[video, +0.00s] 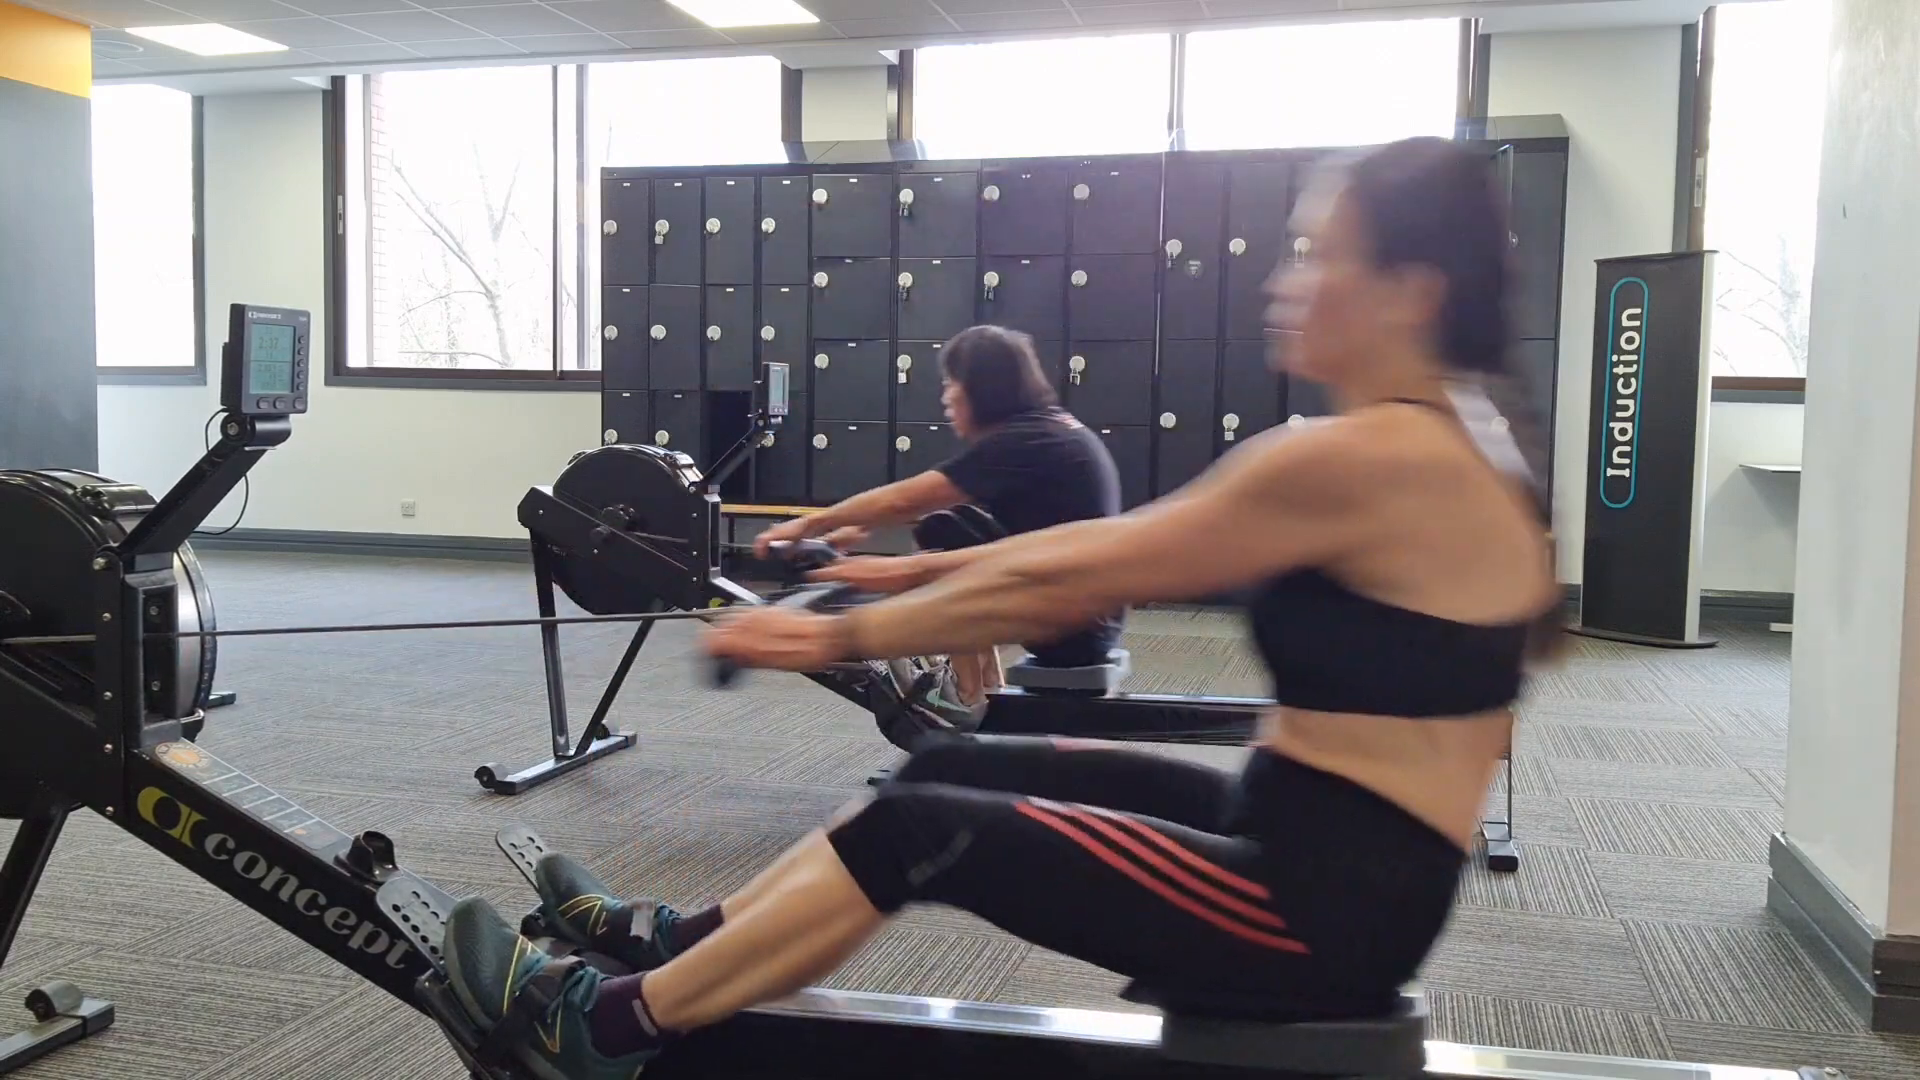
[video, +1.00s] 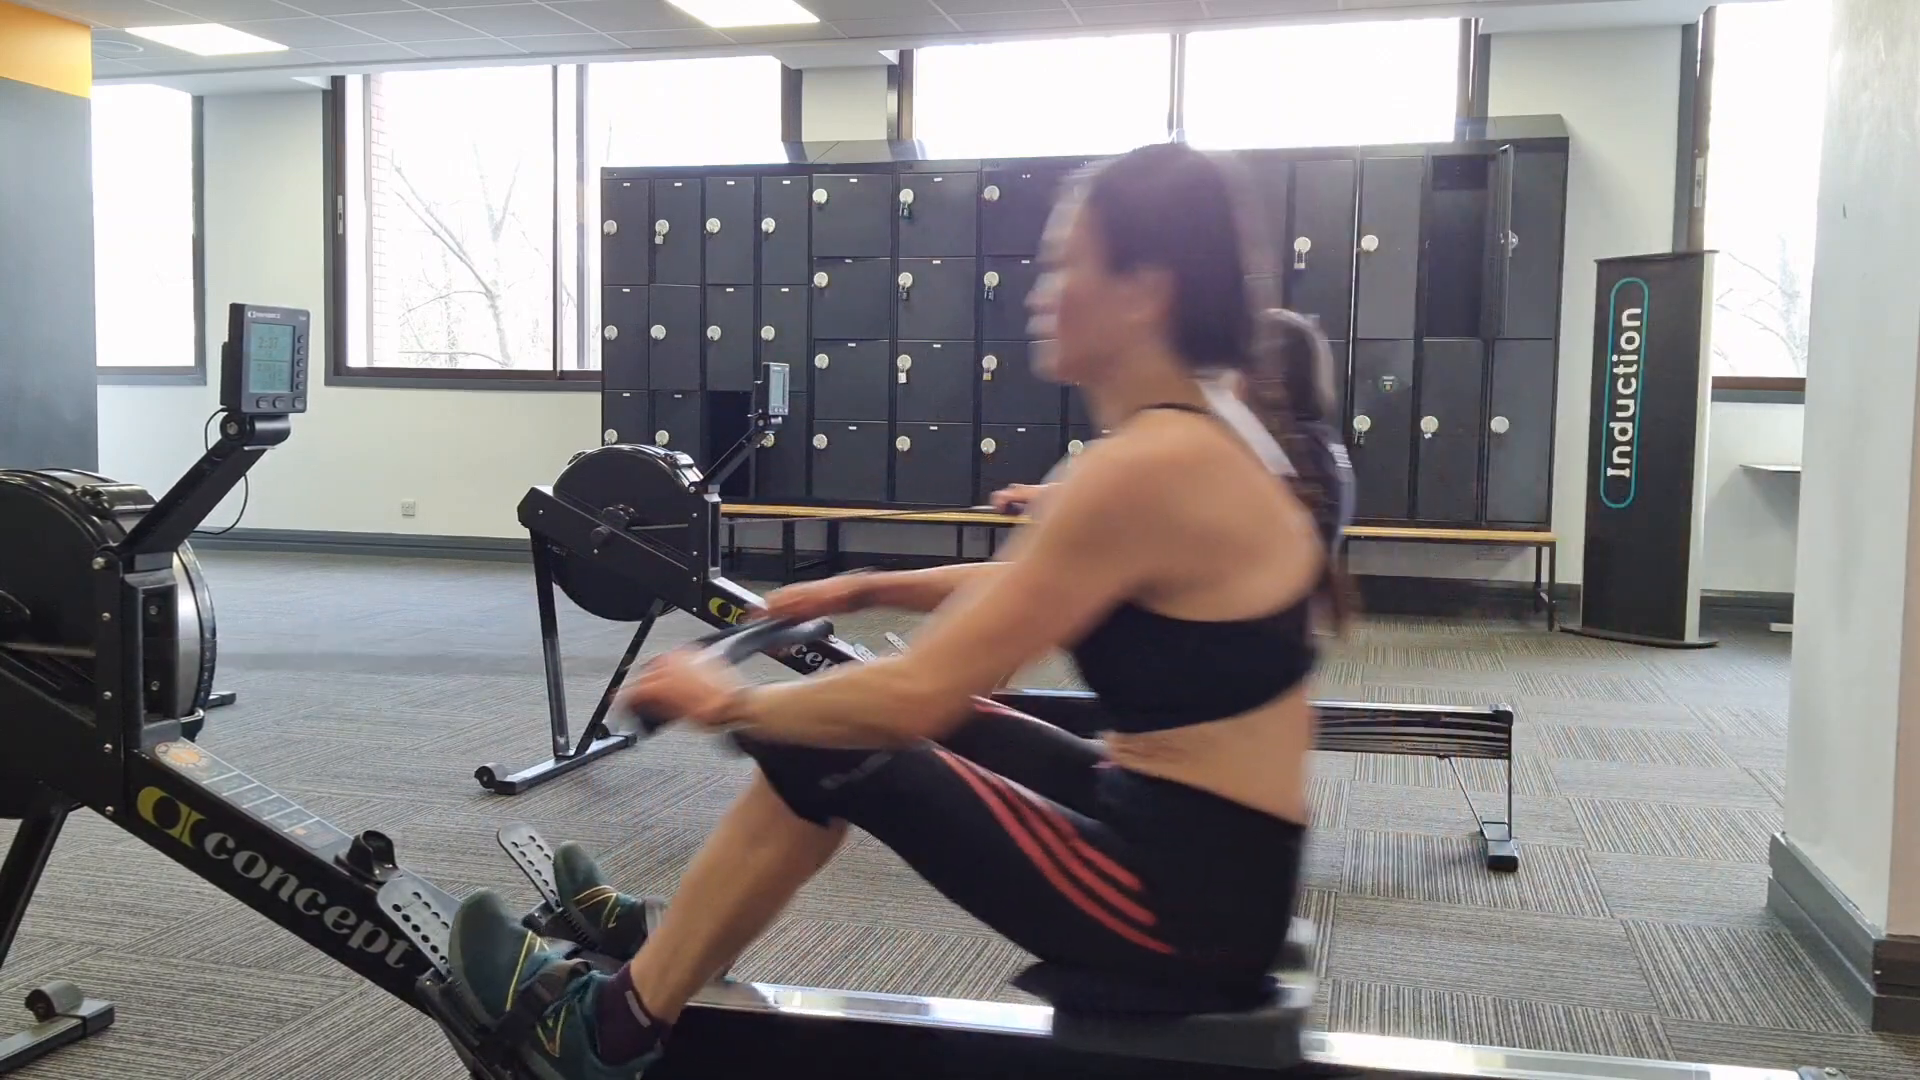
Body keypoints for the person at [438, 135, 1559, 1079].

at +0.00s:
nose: (1284, 284)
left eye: (1321, 256)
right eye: (1294, 254)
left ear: (1417, 293)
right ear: (1401, 296)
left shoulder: (1357, 460)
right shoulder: (1436, 438)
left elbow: (1061, 579)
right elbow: (1087, 561)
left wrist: (831, 633)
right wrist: (878, 622)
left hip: (1316, 897)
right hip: (1311, 816)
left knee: (930, 813)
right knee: (957, 762)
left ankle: (622, 1025)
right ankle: (683, 957)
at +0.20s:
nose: (1480, 349)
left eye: (1509, 321)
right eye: (1486, 319)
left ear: (1617, 338)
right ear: (1591, 340)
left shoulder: (1607, 515)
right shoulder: (1549, 491)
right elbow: (1350, 636)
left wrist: (1087, 703)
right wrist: (1154, 599)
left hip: (1382, 900)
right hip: (1330, 829)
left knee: (974, 876)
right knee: (975, 839)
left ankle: (615, 1030)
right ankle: (668, 951)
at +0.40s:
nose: (1477, 355)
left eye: (1505, 321)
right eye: (1481, 321)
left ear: (1614, 331)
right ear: (1572, 326)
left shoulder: (1638, 539)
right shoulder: (1561, 499)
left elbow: (1644, 859)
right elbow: (1523, 766)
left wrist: (1379, 851)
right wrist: (1364, 713)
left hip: (1381, 933)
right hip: (1338, 854)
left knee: (962, 866)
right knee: (971, 820)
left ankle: (621, 1027)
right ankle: (693, 959)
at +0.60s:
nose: (1383, 315)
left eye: (1412, 284)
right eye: (1391, 283)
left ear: (1520, 302)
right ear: (1490, 305)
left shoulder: (1551, 501)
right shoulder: (1480, 474)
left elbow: (1534, 820)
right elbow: (1431, 698)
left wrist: (1277, 778)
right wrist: (1279, 644)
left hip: (1367, 919)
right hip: (1334, 853)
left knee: (950, 839)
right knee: (957, 808)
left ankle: (613, 1037)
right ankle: (697, 948)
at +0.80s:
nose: (1228, 288)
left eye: (1255, 258)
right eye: (1235, 258)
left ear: (1351, 283)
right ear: (1333, 286)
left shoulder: (1366, 469)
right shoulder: (1355, 455)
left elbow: (1207, 754)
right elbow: (1216, 659)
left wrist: (992, 674)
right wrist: (1075, 588)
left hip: (1291, 912)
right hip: (1272, 870)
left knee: (915, 788)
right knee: (931, 748)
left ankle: (641, 1026)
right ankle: (696, 967)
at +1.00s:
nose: (1037, 297)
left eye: (1060, 269)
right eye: (1044, 269)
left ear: (1149, 292)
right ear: (1145, 296)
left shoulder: (1143, 471)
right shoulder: (1204, 435)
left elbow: (909, 705)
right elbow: (1047, 591)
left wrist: (727, 700)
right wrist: (866, 588)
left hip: (1179, 898)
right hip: (1196, 831)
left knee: (833, 746)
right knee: (871, 699)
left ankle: (624, 1017)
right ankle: (666, 954)